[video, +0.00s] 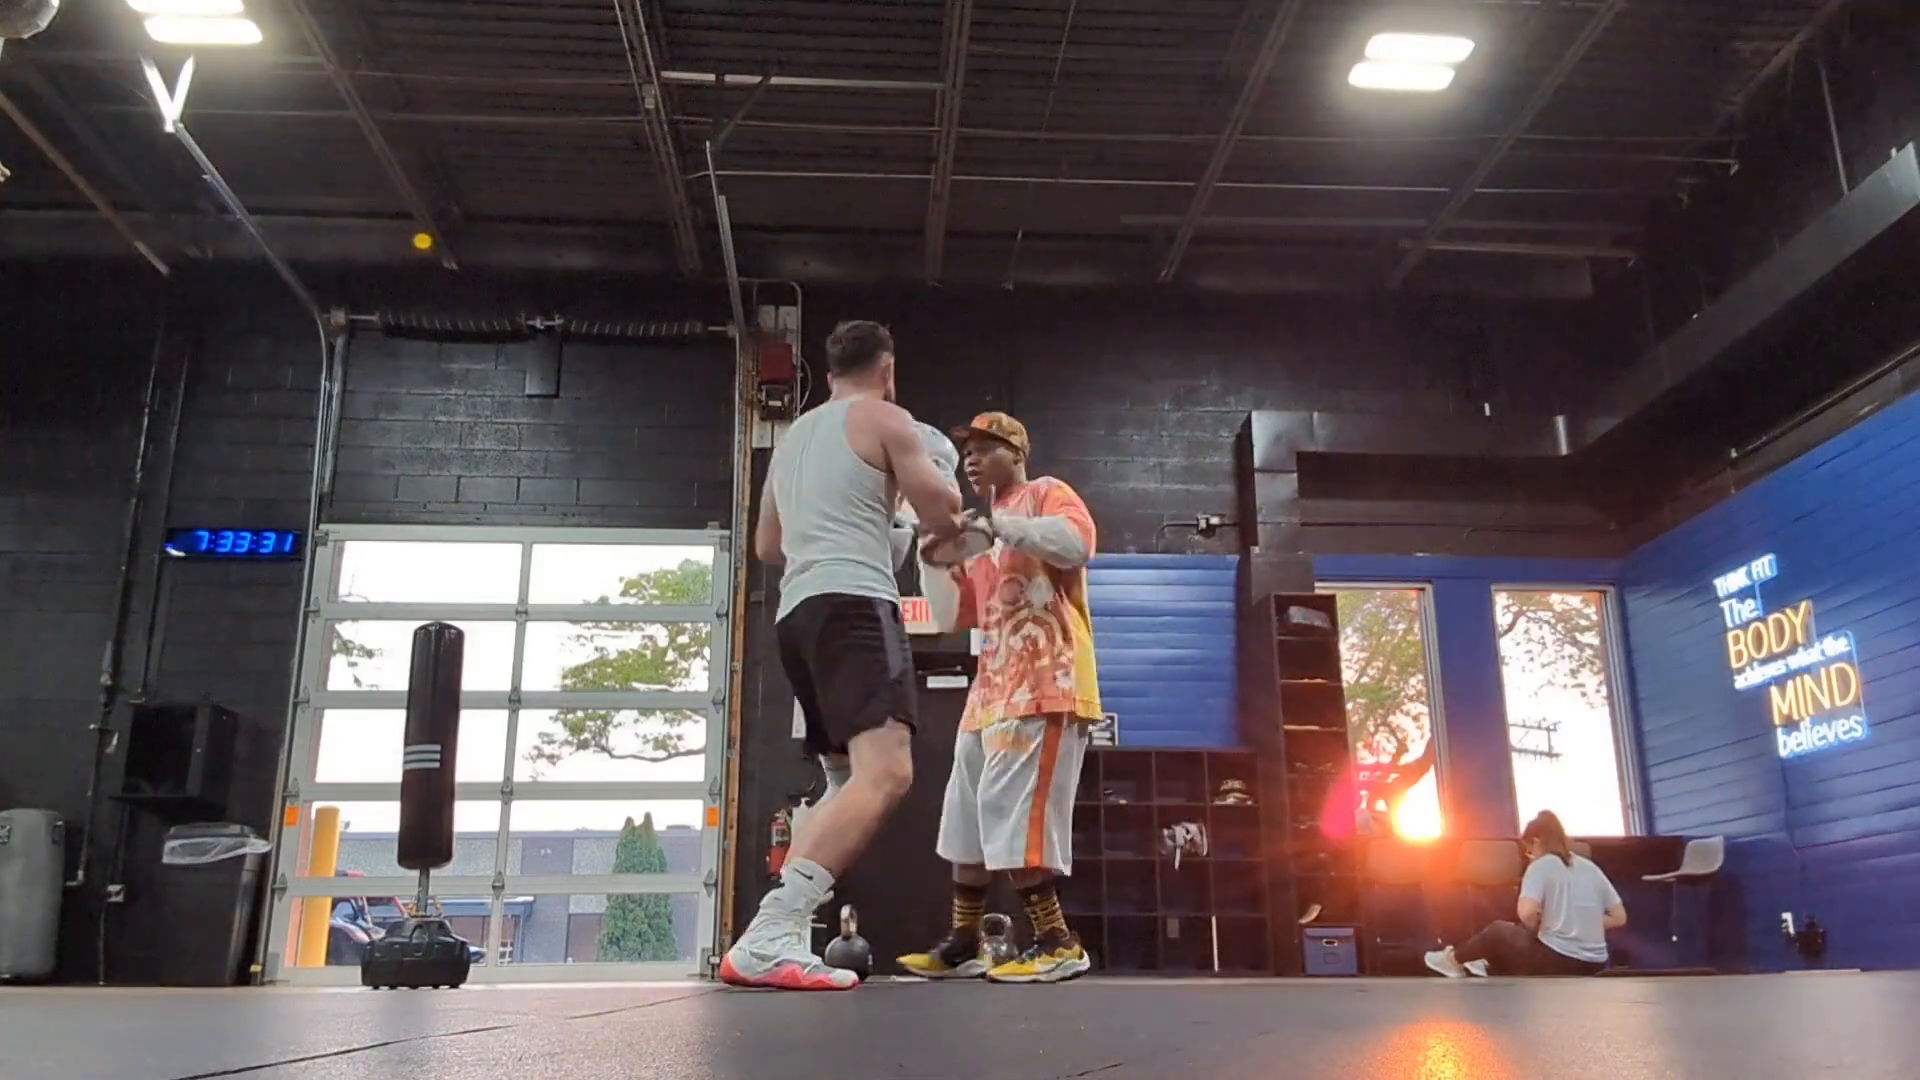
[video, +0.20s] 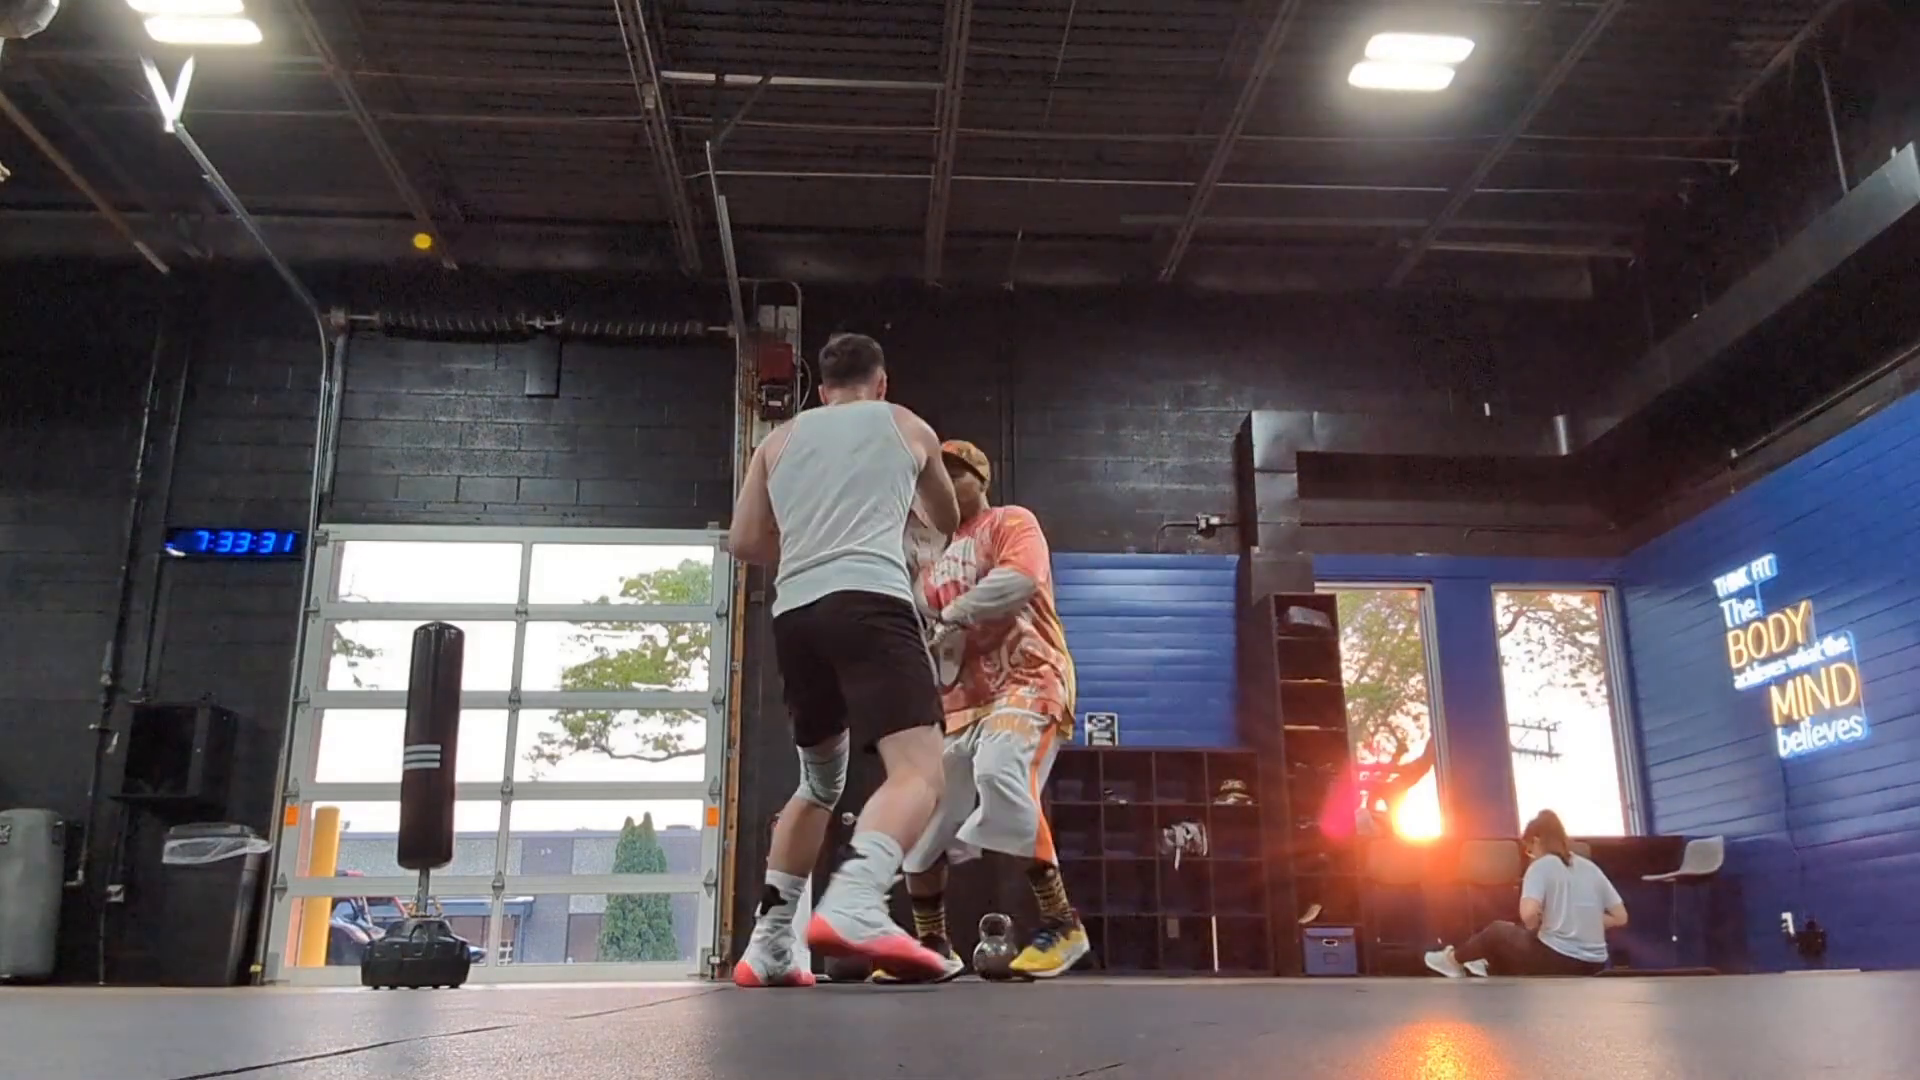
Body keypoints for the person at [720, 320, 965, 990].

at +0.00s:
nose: (896, 386)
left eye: (894, 377)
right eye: (895, 376)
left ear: (827, 376)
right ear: (887, 370)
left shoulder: (790, 440)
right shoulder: (883, 416)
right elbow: (938, 507)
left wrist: (847, 538)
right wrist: (940, 534)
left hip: (797, 613)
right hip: (854, 602)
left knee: (845, 782)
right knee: (884, 773)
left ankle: (776, 938)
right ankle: (773, 934)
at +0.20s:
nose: (883, 394)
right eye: (884, 385)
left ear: (818, 388)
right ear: (883, 383)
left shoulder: (776, 442)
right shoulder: (906, 426)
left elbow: (746, 540)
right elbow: (949, 516)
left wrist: (808, 553)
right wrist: (908, 475)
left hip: (793, 614)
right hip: (870, 601)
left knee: (817, 782)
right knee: (917, 772)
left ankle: (773, 942)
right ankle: (856, 903)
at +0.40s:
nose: (935, 373)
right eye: (937, 364)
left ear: (867, 362)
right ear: (932, 360)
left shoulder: (814, 426)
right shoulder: (933, 405)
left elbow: (786, 534)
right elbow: (951, 526)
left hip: (794, 597)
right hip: (865, 584)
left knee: (827, 777)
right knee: (940, 751)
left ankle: (763, 939)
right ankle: (943, 936)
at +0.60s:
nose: (998, 419)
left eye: (1000, 409)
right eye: (998, 404)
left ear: (952, 383)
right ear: (976, 384)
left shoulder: (873, 430)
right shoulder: (906, 413)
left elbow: (876, 551)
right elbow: (919, 532)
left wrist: (938, 561)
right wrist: (986, 483)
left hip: (774, 598)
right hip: (828, 586)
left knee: (841, 779)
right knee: (944, 739)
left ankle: (739, 933)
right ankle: (943, 936)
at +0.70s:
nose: (982, 509)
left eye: (992, 500)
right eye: (993, 493)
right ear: (978, 465)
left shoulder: (861, 477)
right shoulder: (924, 464)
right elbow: (916, 586)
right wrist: (990, 542)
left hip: (751, 624)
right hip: (821, 609)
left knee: (829, 779)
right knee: (969, 745)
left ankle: (725, 934)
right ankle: (948, 935)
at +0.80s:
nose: (957, 562)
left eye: (960, 552)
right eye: (960, 544)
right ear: (949, 514)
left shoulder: (832, 524)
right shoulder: (929, 516)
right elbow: (915, 623)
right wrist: (975, 613)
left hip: (742, 649)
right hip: (830, 629)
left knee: (804, 785)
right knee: (986, 767)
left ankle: (714, 944)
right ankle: (951, 935)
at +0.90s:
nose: (911, 534)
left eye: (910, 527)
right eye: (909, 524)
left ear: (848, 495)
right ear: (899, 505)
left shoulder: (775, 516)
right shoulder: (902, 520)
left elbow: (752, 598)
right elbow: (906, 627)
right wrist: (927, 624)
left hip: (738, 655)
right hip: (829, 637)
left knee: (787, 783)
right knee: (969, 775)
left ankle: (715, 945)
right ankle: (955, 929)